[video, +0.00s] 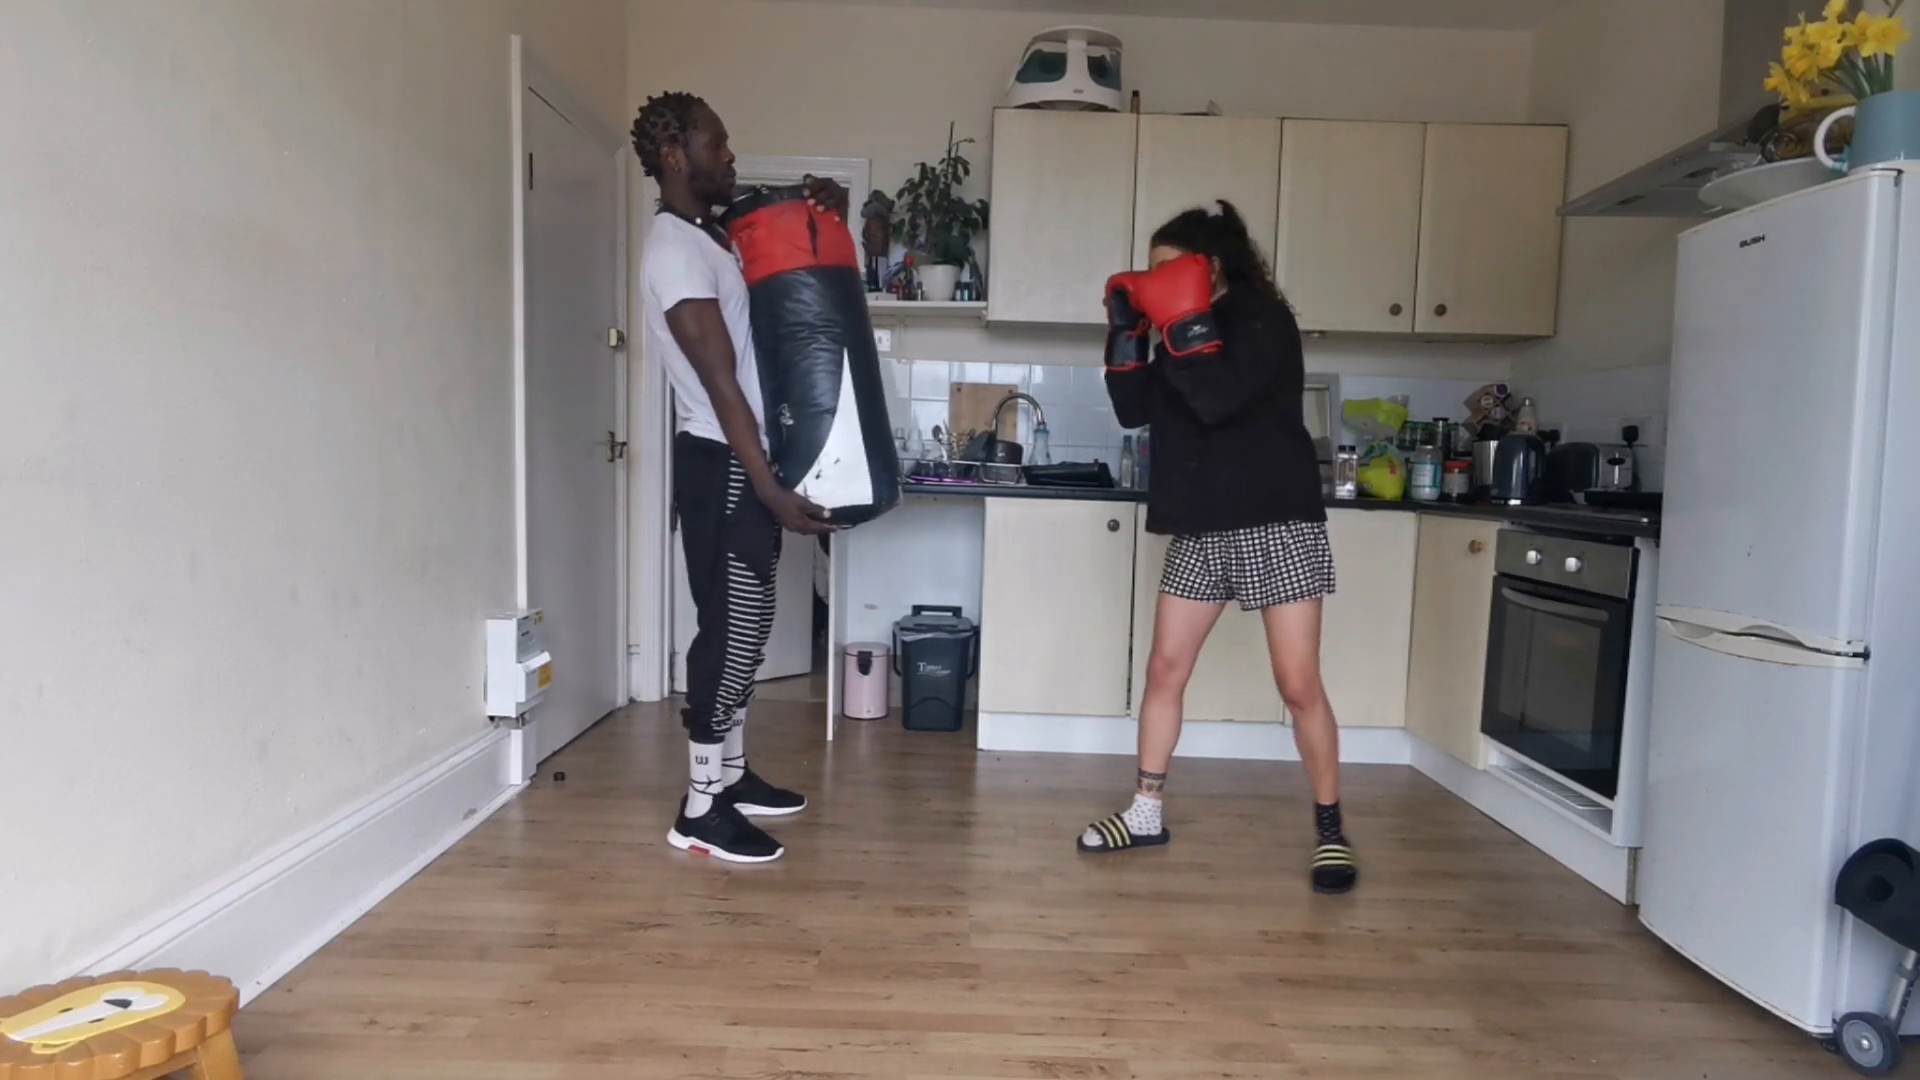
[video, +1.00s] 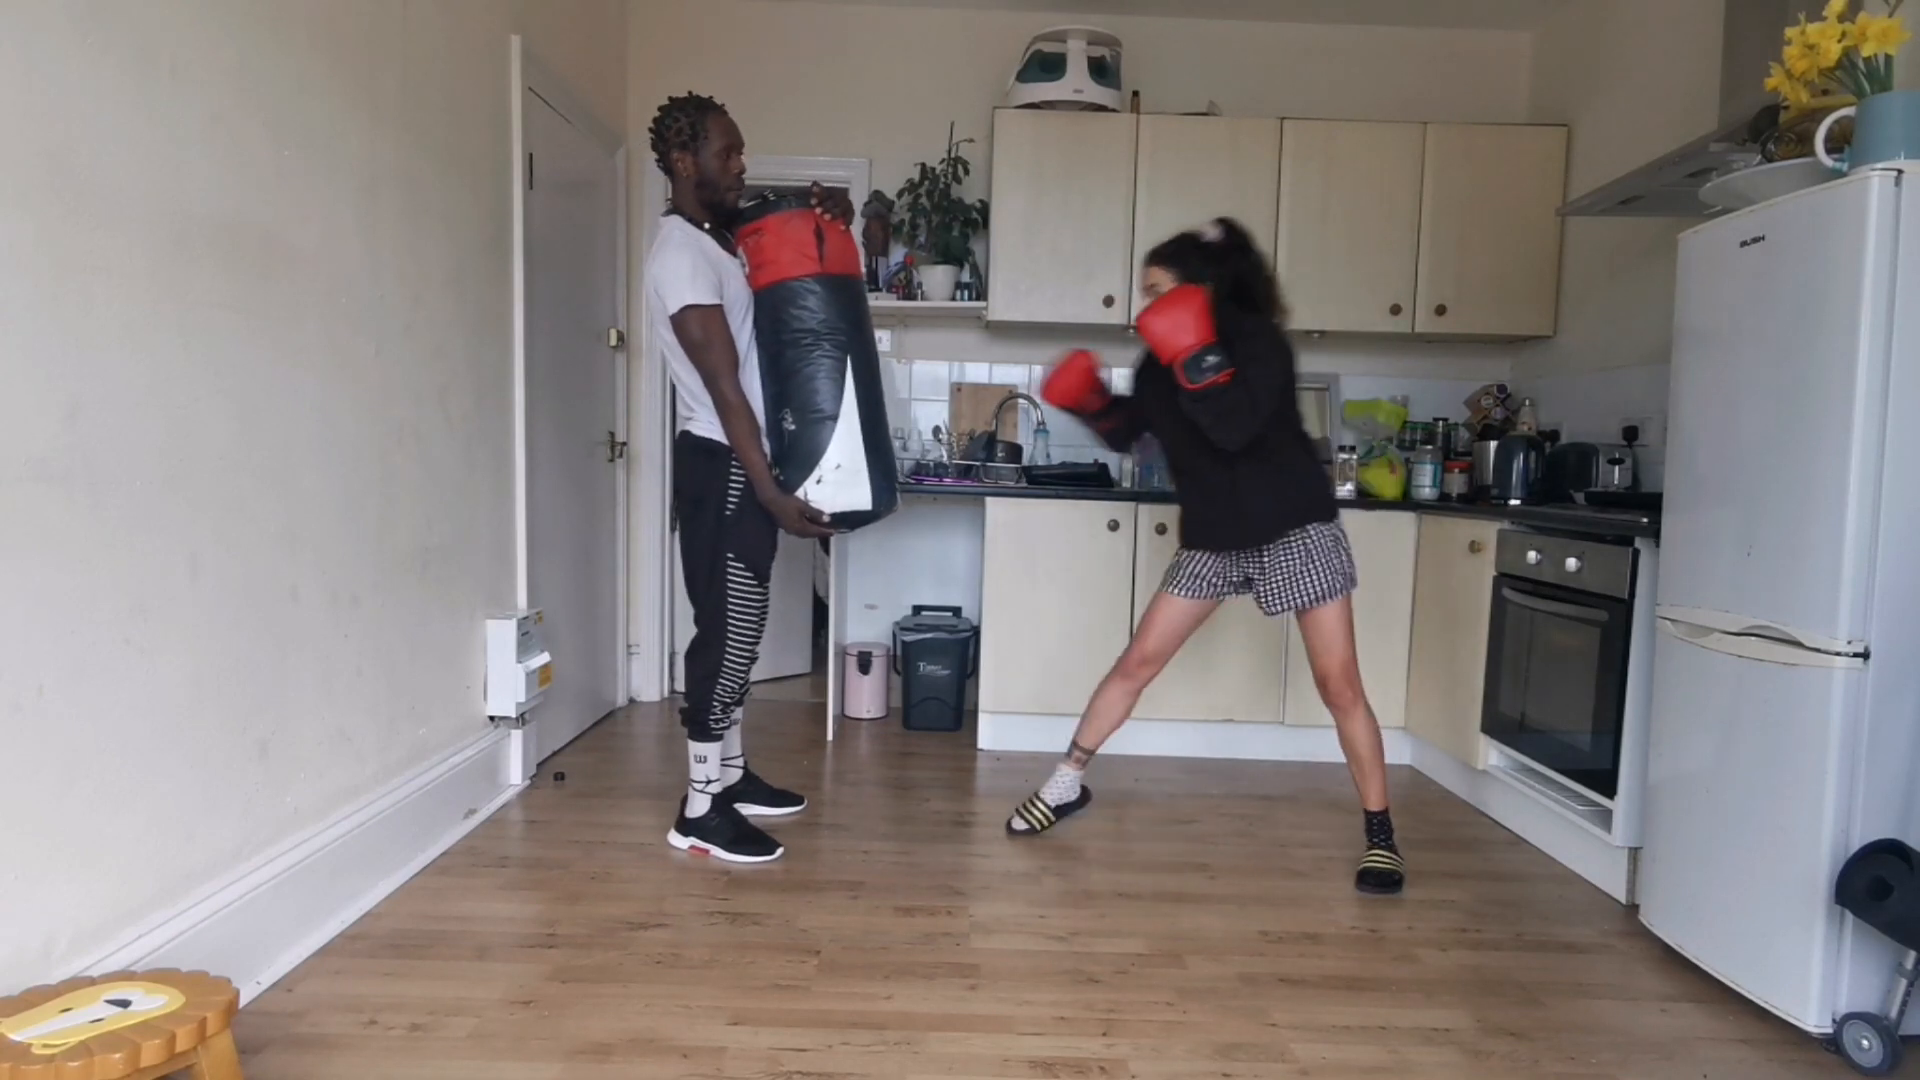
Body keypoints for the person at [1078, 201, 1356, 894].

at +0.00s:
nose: (1159, 283)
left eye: (1170, 270)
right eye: (1155, 273)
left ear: (1212, 264)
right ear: (1164, 275)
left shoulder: (1264, 318)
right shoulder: (1177, 328)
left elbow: (1217, 401)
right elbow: (1131, 408)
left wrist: (1183, 328)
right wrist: (1124, 329)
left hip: (1279, 519)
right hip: (1201, 521)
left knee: (1300, 686)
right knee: (1165, 668)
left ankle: (1329, 828)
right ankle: (1146, 810)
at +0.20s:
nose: (1190, 288)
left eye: (1203, 275)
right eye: (1185, 278)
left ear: (1243, 270)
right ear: (1188, 281)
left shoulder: (1293, 325)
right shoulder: (1202, 336)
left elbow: (1243, 399)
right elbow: (1157, 411)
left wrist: (1210, 326)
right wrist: (1150, 333)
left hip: (1303, 526)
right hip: (1221, 528)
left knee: (1335, 693)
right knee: (1176, 672)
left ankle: (1381, 833)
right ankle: (1146, 811)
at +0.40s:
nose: (1232, 295)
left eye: (1243, 282)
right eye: (1228, 285)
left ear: (1288, 279)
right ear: (1236, 290)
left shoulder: (1342, 335)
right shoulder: (1249, 346)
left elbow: (1298, 419)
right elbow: (1209, 423)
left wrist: (1261, 341)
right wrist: (1198, 345)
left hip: (1348, 536)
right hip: (1266, 536)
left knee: (1357, 702)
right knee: (1207, 678)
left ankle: (1379, 838)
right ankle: (1150, 810)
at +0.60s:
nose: (1245, 292)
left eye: (1256, 280)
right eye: (1242, 282)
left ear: (1301, 278)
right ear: (1252, 287)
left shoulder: (1355, 333)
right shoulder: (1265, 343)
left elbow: (1309, 419)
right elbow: (1222, 425)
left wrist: (1275, 341)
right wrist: (1210, 346)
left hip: (1363, 537)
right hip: (1285, 537)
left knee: (1362, 703)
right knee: (1218, 675)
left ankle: (1380, 839)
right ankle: (1172, 811)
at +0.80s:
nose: (1236, 302)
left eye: (1246, 288)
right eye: (1231, 291)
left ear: (1291, 286)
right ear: (1252, 294)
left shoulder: (1344, 342)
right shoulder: (1260, 357)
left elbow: (1290, 428)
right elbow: (1217, 439)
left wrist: (1260, 350)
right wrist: (1188, 368)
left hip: (1347, 544)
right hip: (1267, 541)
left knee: (1352, 707)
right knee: (1183, 659)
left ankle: (1379, 837)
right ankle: (1159, 796)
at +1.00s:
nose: (1148, 307)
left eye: (1159, 292)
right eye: (1146, 295)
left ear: (1200, 288)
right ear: (1158, 299)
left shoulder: (1260, 345)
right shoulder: (1162, 361)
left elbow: (1237, 429)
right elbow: (1130, 434)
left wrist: (1195, 354)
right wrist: (1090, 403)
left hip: (1297, 526)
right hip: (1214, 535)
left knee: (1341, 687)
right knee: (1137, 663)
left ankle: (1380, 834)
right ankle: (1065, 780)